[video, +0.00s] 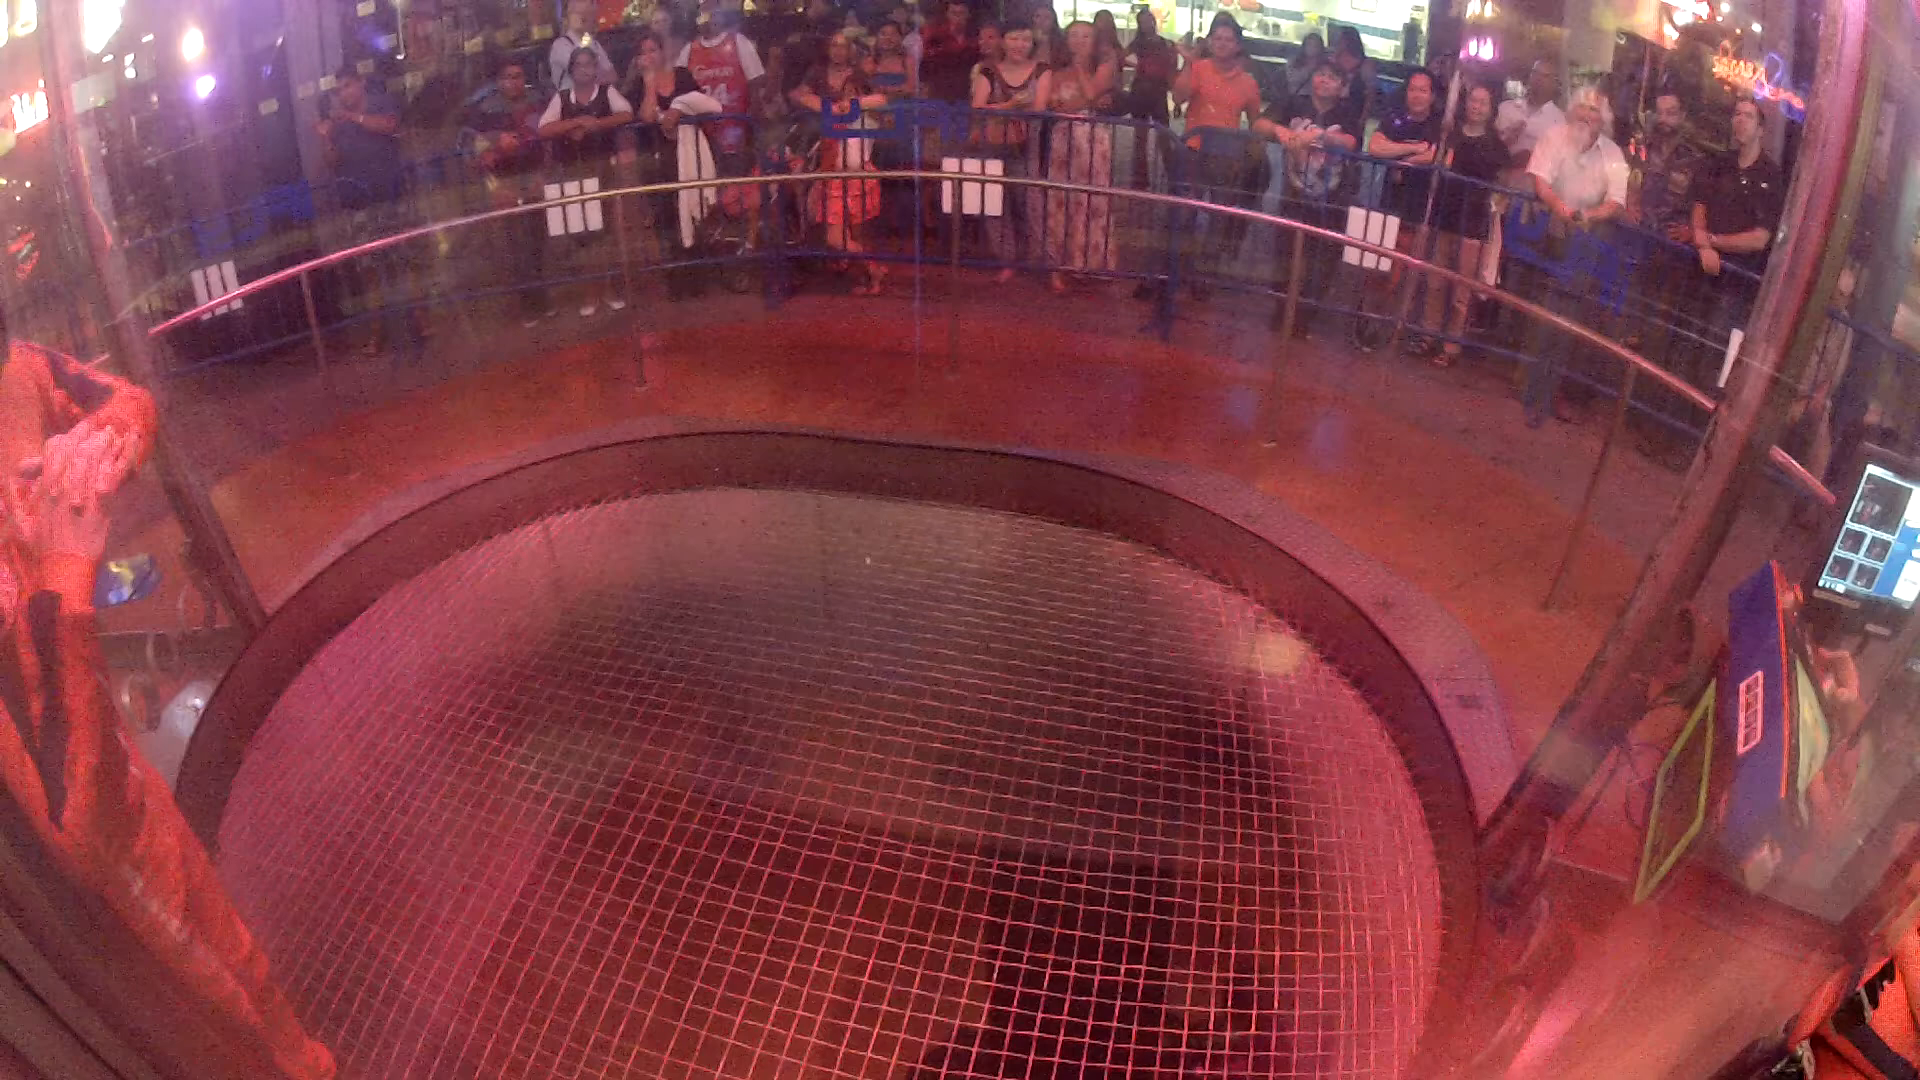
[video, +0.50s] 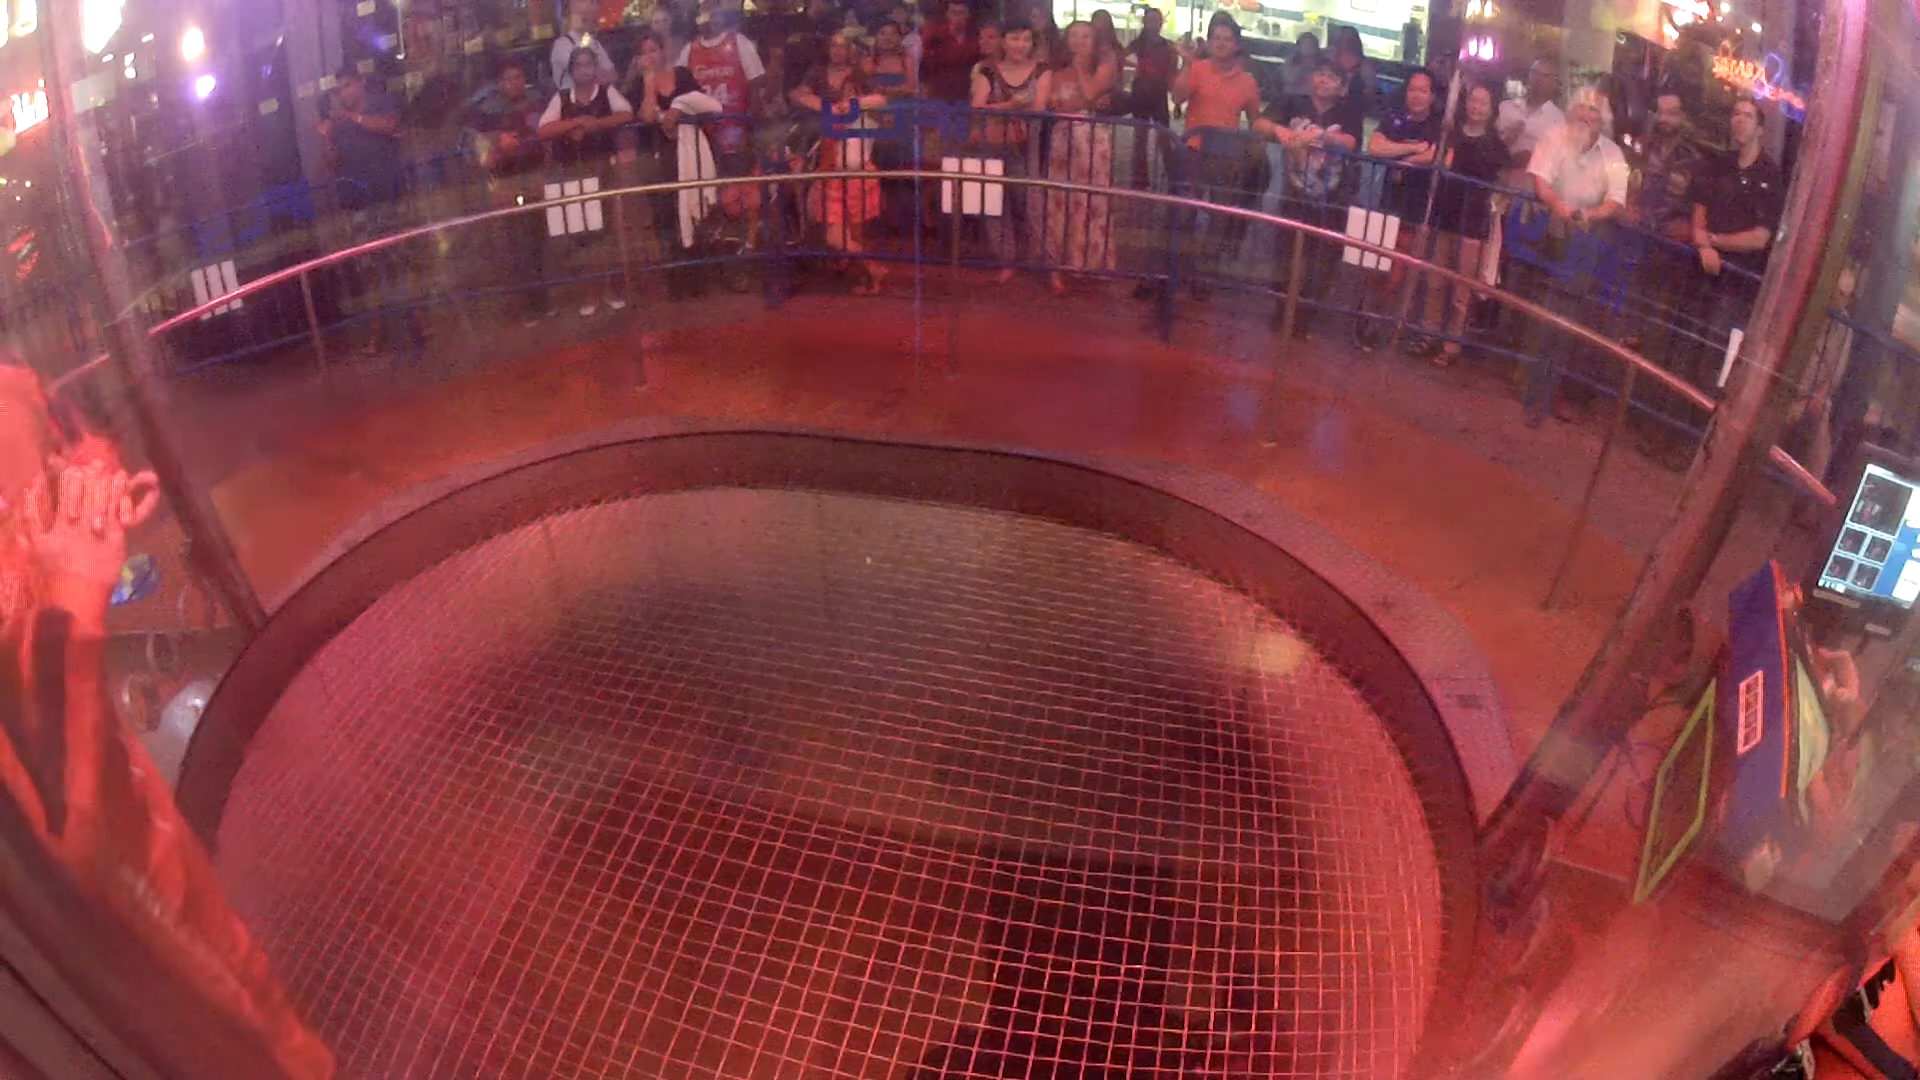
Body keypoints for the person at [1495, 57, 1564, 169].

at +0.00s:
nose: (1539, 80)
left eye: (1546, 76)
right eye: (1535, 74)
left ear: (1555, 82)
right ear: (1529, 77)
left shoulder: (1559, 119)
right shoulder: (1506, 109)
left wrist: (1530, 156)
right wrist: (1508, 137)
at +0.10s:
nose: (1539, 79)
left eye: (1545, 76)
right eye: (1535, 73)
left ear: (1555, 83)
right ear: (1529, 77)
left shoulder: (1559, 119)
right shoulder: (1505, 108)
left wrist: (1530, 156)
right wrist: (1507, 137)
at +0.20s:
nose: (1539, 80)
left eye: (1545, 76)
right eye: (1535, 74)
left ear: (1555, 83)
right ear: (1529, 77)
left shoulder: (1559, 119)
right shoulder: (1506, 108)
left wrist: (1531, 156)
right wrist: (1507, 137)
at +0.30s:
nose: (1539, 79)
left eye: (1545, 76)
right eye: (1535, 74)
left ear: (1556, 83)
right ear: (1529, 77)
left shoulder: (1559, 119)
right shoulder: (1505, 108)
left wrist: (1530, 156)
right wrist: (1507, 137)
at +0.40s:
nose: (1538, 79)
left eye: (1545, 76)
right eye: (1535, 74)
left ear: (1555, 83)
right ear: (1529, 77)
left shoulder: (1559, 120)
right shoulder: (1506, 108)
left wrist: (1530, 156)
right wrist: (1507, 138)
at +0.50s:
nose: (1539, 79)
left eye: (1546, 76)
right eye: (1535, 73)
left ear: (1555, 82)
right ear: (1528, 76)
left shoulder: (1559, 119)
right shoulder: (1505, 108)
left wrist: (1530, 157)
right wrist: (1506, 138)